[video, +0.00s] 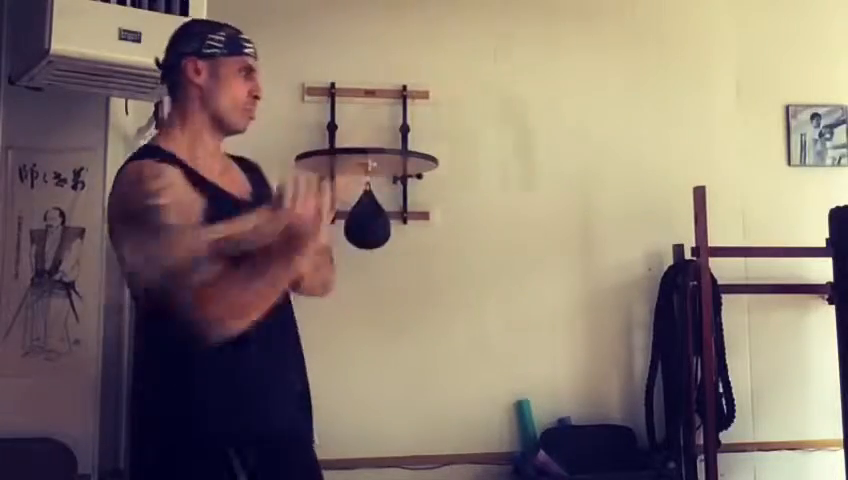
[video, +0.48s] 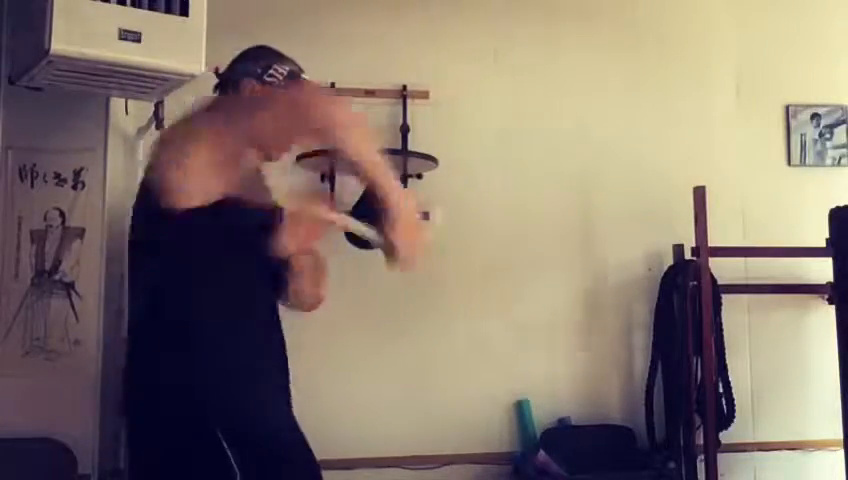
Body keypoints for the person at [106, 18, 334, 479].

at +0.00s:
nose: (257, 91)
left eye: (255, 76)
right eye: (244, 73)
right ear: (196, 71)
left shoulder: (248, 175)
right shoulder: (149, 180)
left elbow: (319, 281)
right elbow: (211, 317)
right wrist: (293, 246)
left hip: (276, 431)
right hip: (194, 438)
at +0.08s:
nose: (279, 97)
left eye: (277, 83)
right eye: (268, 80)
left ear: (224, 76)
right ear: (220, 74)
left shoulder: (273, 183)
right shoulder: (151, 176)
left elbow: (320, 288)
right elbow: (93, 308)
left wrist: (258, 283)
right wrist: (194, 344)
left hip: (274, 429)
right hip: (181, 434)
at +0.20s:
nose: (298, 105)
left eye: (299, 92)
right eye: (290, 87)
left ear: (249, 83)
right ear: (242, 80)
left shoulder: (296, 191)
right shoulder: (151, 166)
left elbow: (315, 294)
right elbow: (34, 227)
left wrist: (235, 291)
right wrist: (76, 278)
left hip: (270, 416)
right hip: (177, 413)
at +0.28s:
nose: (305, 111)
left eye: (306, 98)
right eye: (298, 94)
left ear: (256, 87)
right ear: (253, 84)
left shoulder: (295, 190)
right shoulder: (167, 151)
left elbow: (316, 288)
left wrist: (228, 284)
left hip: (262, 392)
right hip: (180, 390)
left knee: (298, 470)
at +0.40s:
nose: (304, 125)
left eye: (307, 113)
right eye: (299, 107)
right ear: (256, 93)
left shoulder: (271, 189)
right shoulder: (186, 152)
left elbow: (319, 283)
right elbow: (186, 92)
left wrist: (274, 255)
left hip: (263, 398)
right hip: (187, 397)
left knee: (294, 470)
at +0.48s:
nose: (295, 132)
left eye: (297, 105)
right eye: (288, 102)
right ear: (253, 89)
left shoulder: (253, 190)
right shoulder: (183, 160)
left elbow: (306, 297)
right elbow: (314, 106)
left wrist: (301, 251)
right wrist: (392, 197)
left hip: (257, 403)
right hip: (184, 409)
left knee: (298, 472)